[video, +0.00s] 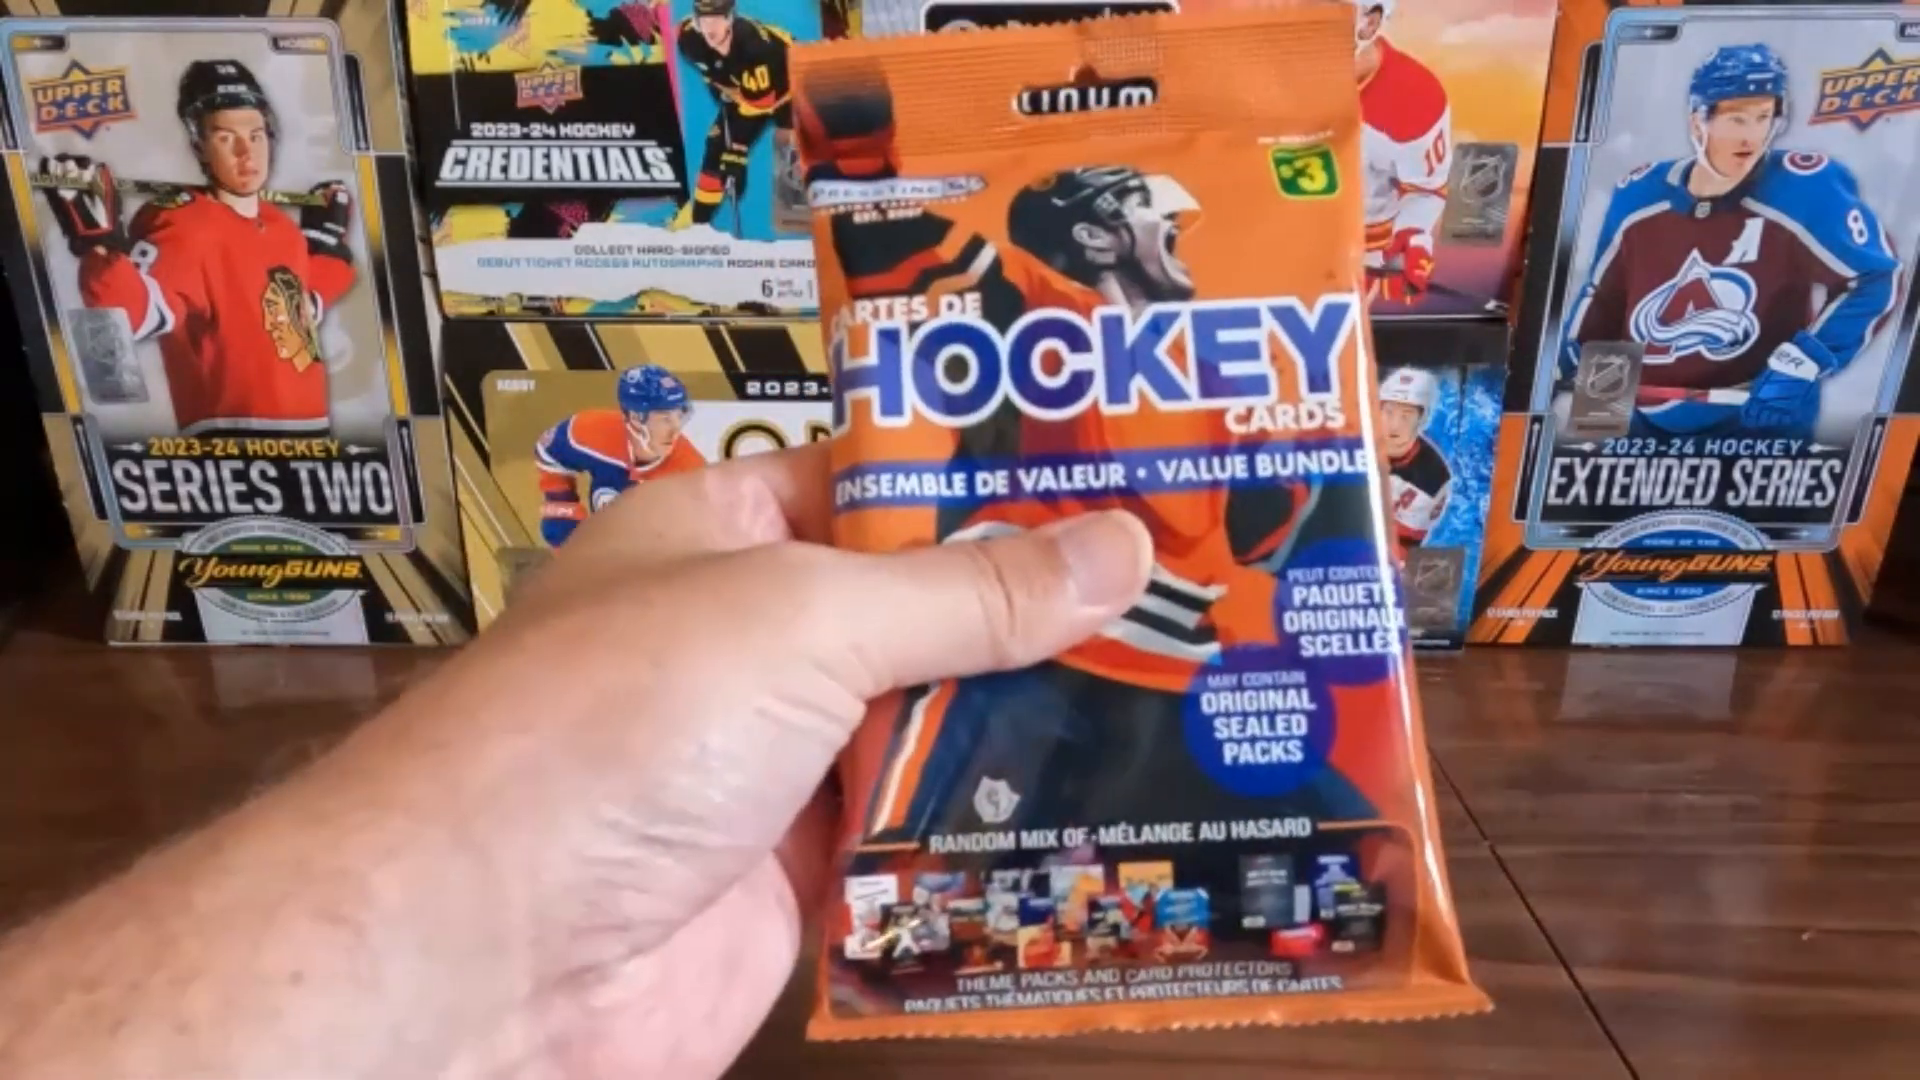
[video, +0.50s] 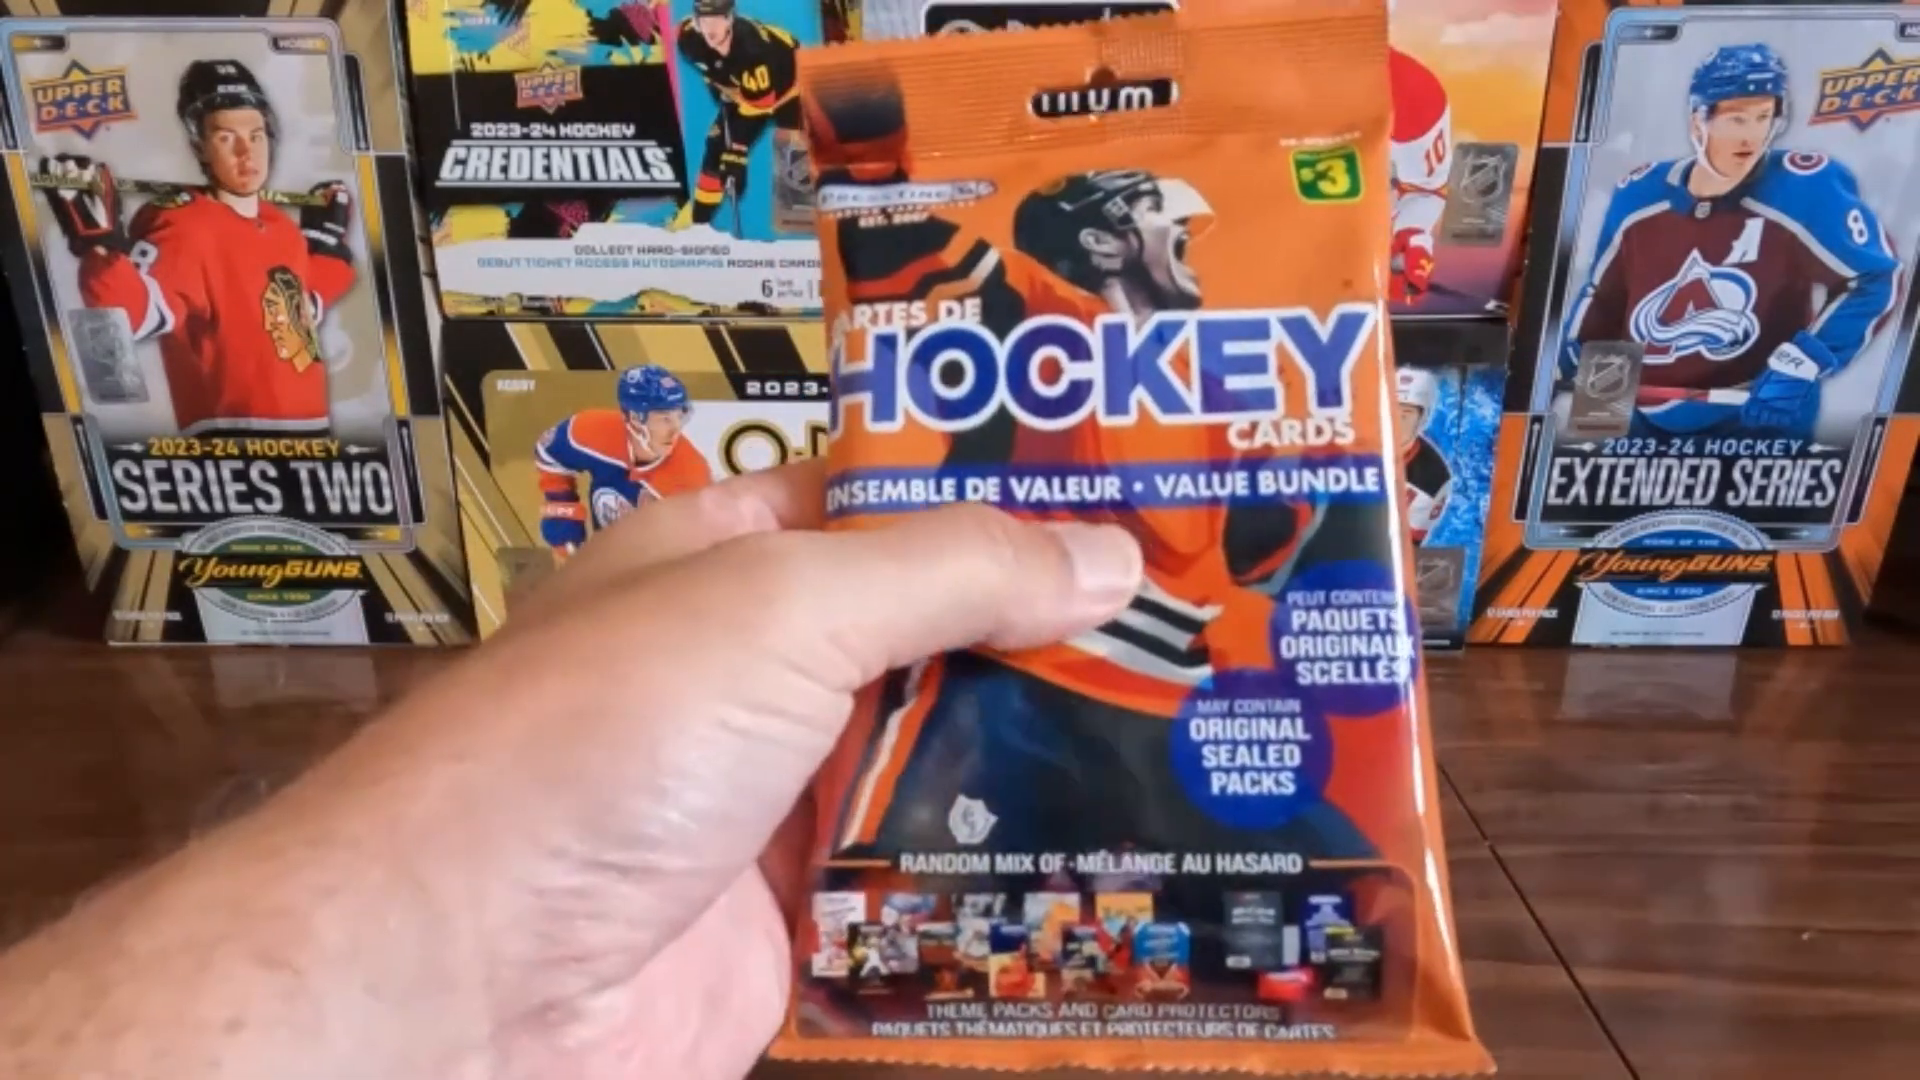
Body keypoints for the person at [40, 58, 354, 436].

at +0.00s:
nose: (247, 153)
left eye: (256, 135)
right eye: (228, 139)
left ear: (270, 139)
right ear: (201, 149)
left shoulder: (283, 228)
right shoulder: (183, 227)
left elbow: (304, 301)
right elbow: (139, 316)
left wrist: (336, 252)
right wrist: (100, 249)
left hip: (307, 433)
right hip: (229, 441)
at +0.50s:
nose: (247, 152)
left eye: (256, 135)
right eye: (228, 139)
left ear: (270, 140)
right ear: (201, 149)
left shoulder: (282, 227)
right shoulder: (184, 226)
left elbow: (303, 305)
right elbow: (138, 316)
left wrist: (334, 250)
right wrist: (100, 249)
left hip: (308, 433)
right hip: (230, 441)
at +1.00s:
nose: (247, 152)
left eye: (256, 135)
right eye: (228, 139)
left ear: (270, 139)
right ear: (200, 149)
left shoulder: (282, 227)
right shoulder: (183, 226)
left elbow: (303, 305)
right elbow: (140, 316)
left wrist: (334, 251)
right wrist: (100, 251)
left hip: (307, 432)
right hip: (230, 439)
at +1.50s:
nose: (247, 152)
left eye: (256, 135)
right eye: (227, 138)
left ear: (270, 140)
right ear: (201, 149)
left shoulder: (282, 228)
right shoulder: (184, 226)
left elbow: (301, 306)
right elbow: (141, 315)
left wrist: (334, 251)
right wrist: (101, 250)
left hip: (307, 432)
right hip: (230, 439)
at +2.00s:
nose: (247, 152)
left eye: (256, 135)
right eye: (228, 139)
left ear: (270, 140)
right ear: (201, 150)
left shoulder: (283, 227)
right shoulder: (183, 226)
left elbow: (303, 305)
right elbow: (142, 315)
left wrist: (334, 250)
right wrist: (100, 250)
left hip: (307, 432)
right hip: (230, 438)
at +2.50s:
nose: (247, 152)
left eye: (256, 135)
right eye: (228, 139)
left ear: (270, 139)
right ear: (201, 150)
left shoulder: (282, 227)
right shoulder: (184, 226)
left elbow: (302, 307)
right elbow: (140, 315)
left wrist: (333, 249)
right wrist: (100, 249)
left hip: (308, 433)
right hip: (231, 441)